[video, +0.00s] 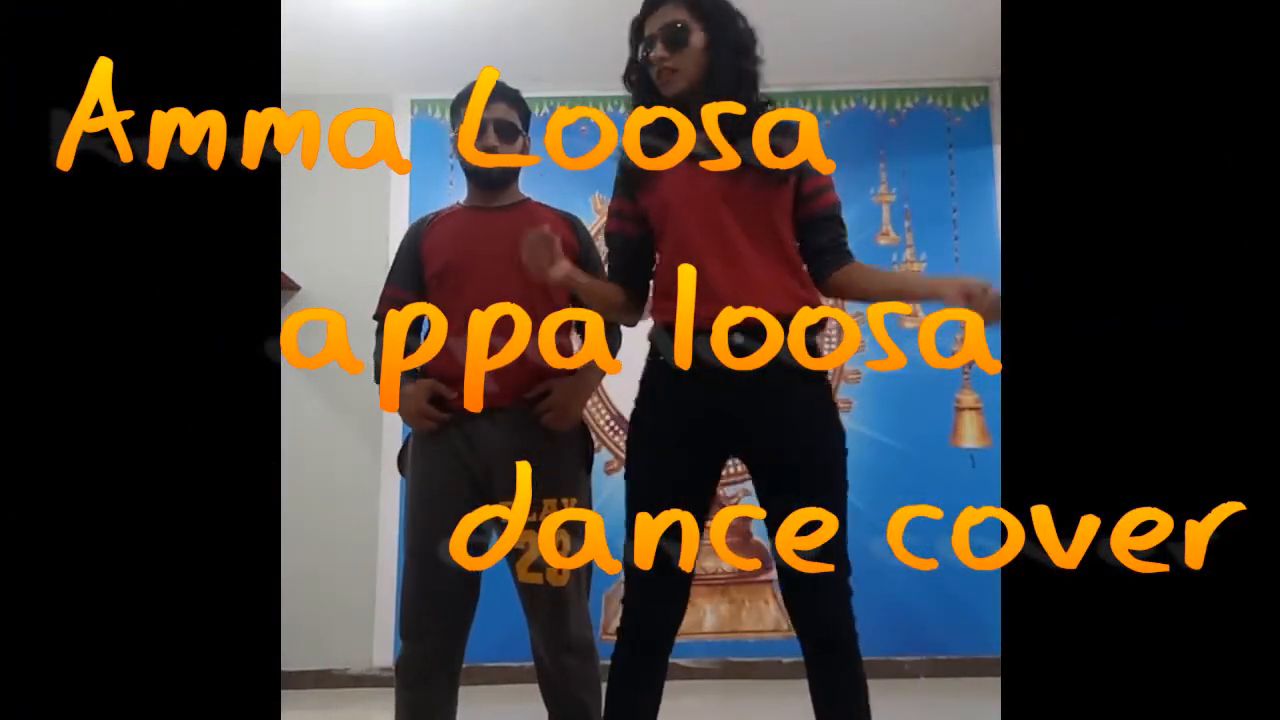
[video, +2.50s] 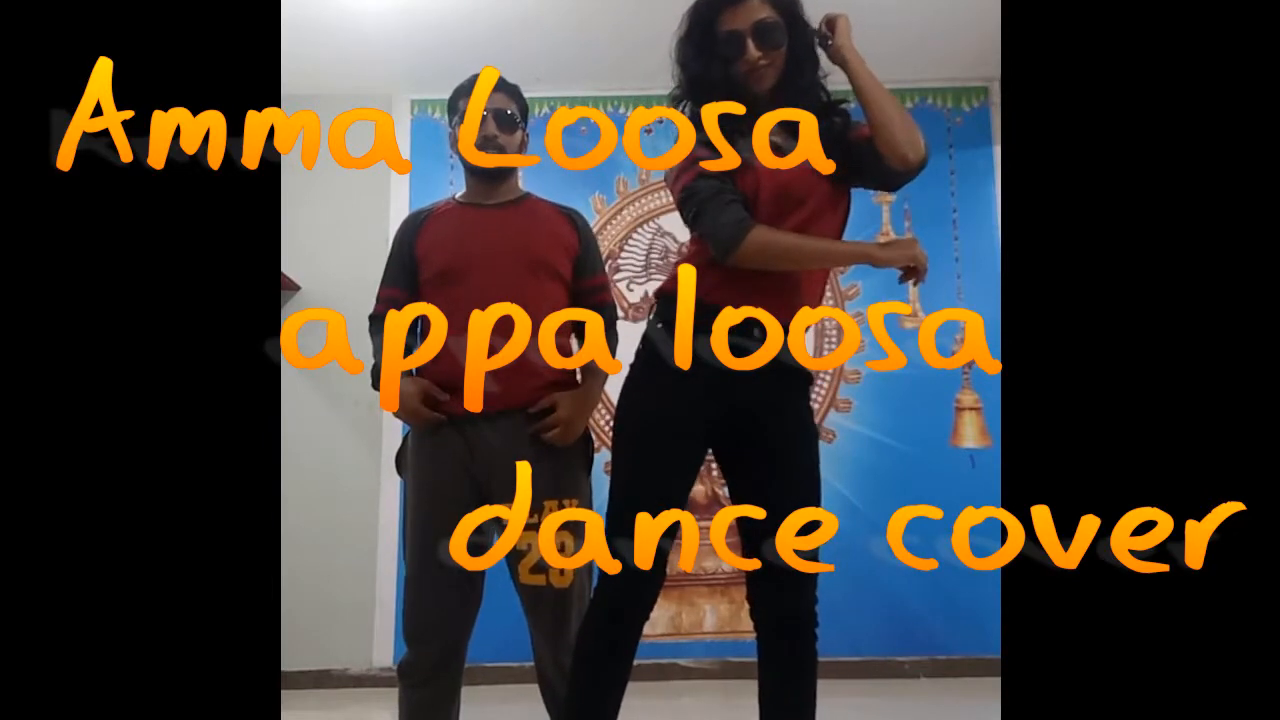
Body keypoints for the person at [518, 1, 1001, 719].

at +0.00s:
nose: (655, 56)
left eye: (673, 36)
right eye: (645, 46)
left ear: (721, 40)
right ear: (640, 65)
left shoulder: (782, 135)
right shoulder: (645, 148)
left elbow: (835, 271)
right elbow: (627, 301)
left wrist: (949, 289)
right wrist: (570, 276)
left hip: (787, 388)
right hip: (679, 389)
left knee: (821, 603)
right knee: (651, 604)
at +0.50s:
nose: (710, 47)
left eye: (727, 32)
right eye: (691, 36)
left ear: (755, 47)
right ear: (670, 55)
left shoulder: (789, 134)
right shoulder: (659, 147)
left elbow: (888, 186)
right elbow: (617, 285)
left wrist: (885, 63)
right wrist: (562, 182)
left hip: (767, 380)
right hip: (664, 378)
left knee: (802, 592)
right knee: (637, 594)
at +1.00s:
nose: (730, 55)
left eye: (746, 35)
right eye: (710, 42)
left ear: (775, 41)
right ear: (688, 55)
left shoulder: (813, 126)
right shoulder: (678, 134)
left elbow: (894, 152)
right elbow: (712, 247)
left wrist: (838, 58)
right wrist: (837, 192)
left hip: (776, 382)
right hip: (676, 377)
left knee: (793, 591)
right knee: (626, 576)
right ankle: (576, 716)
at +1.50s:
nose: (744, 64)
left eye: (760, 45)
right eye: (724, 52)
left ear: (787, 49)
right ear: (701, 65)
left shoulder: (821, 130)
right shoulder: (697, 145)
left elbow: (905, 158)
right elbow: (732, 253)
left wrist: (847, 66)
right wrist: (878, 242)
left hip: (785, 385)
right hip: (687, 381)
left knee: (794, 594)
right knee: (636, 576)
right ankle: (580, 717)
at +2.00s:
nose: (750, 65)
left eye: (765, 45)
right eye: (729, 52)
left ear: (791, 46)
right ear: (706, 62)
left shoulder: (833, 130)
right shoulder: (706, 143)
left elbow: (921, 144)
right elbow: (738, 245)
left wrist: (857, 57)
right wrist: (882, 246)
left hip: (776, 381)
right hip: (679, 374)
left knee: (790, 590)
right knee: (632, 571)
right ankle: (581, 717)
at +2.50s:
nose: (753, 55)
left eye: (767, 36)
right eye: (732, 42)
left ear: (791, 40)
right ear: (708, 53)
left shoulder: (826, 128)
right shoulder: (702, 132)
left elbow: (905, 157)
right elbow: (729, 237)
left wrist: (851, 58)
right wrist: (869, 251)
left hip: (773, 382)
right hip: (677, 376)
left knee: (788, 594)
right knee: (629, 580)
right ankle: (585, 716)